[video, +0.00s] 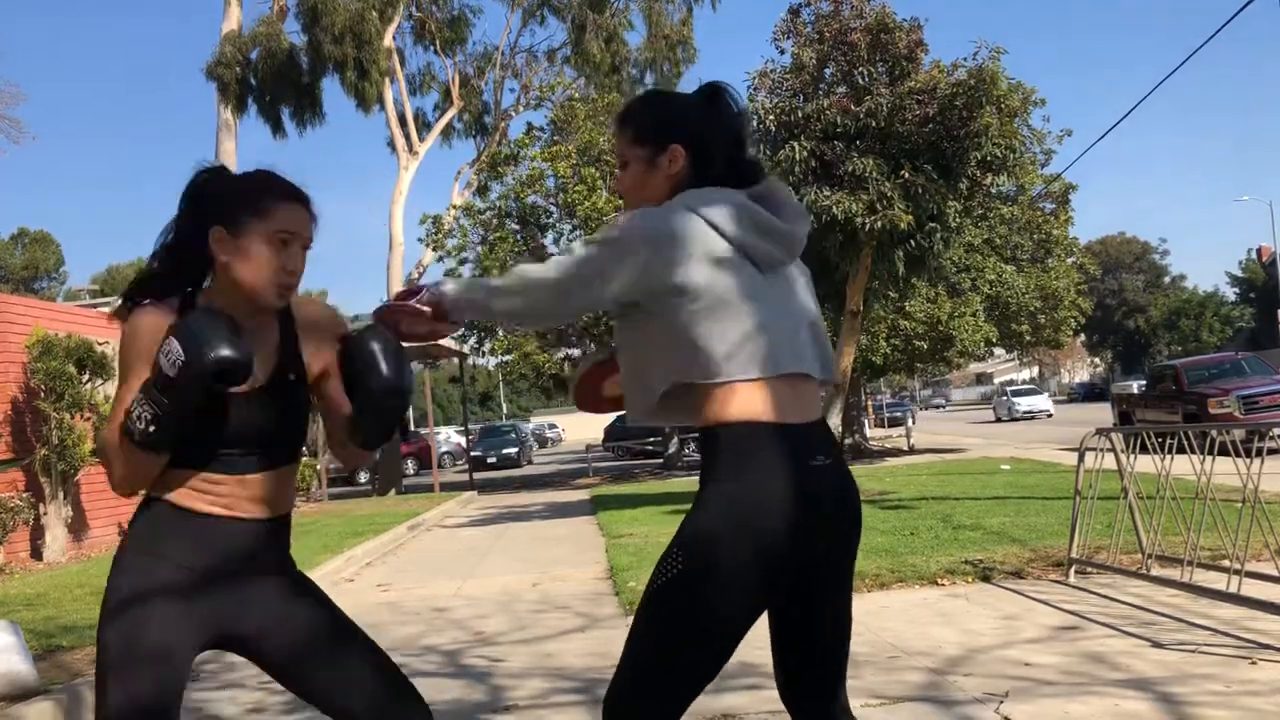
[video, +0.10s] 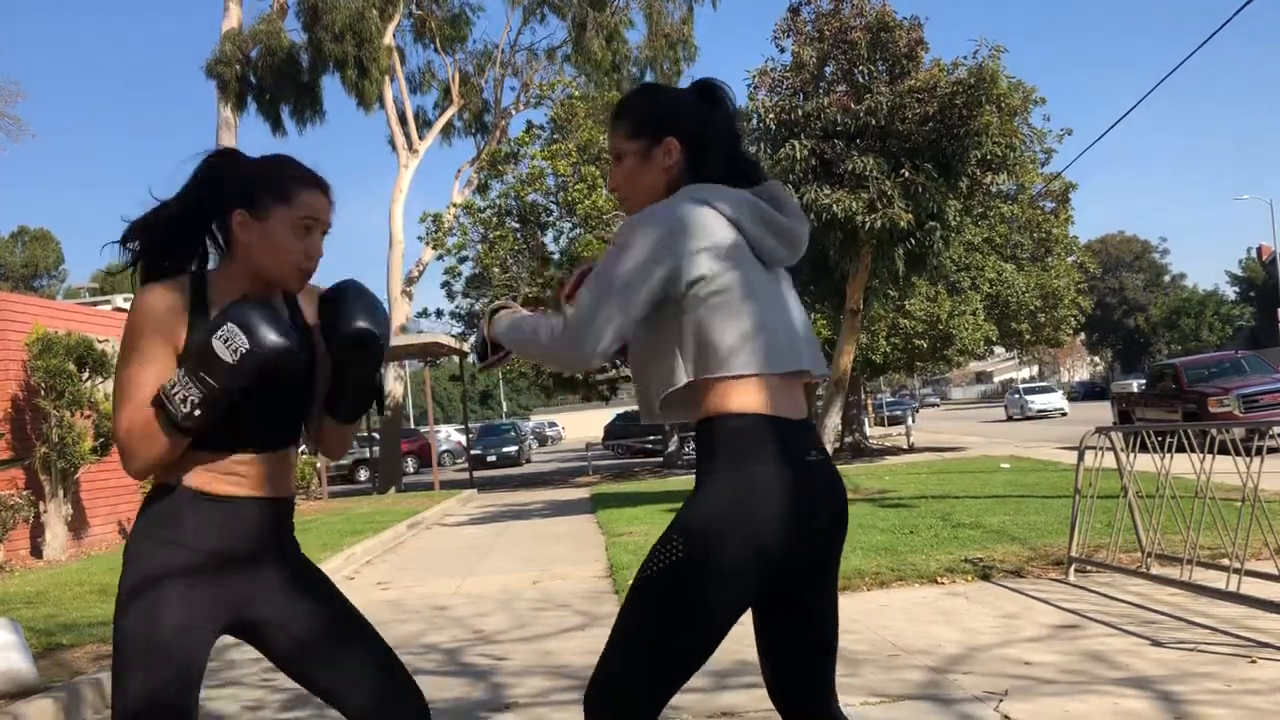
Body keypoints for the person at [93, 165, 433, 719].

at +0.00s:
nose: (298, 265)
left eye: (304, 248)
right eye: (282, 243)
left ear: (307, 251)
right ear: (222, 244)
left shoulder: (316, 327)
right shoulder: (157, 326)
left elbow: (351, 452)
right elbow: (126, 476)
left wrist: (379, 407)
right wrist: (173, 390)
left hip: (263, 570)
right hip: (163, 569)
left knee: (403, 710)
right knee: (130, 711)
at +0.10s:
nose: (318, 250)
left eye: (323, 235)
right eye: (306, 229)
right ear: (243, 226)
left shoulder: (312, 311)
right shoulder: (165, 304)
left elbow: (331, 445)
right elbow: (138, 455)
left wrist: (355, 369)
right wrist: (200, 385)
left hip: (272, 554)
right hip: (177, 555)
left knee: (401, 708)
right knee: (150, 712)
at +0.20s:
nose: (353, 241)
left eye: (356, 225)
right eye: (343, 222)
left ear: (290, 219)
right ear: (285, 215)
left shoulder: (282, 292)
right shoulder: (240, 282)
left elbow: (270, 420)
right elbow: (213, 429)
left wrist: (320, 399)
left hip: (267, 540)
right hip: (215, 546)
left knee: (393, 696)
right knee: (196, 712)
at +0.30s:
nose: (381, 261)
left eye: (384, 245)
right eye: (375, 243)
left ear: (317, 238)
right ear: (323, 235)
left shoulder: (252, 291)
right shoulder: (321, 293)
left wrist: (376, 403)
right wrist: (370, 396)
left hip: (225, 553)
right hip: (234, 559)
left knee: (392, 693)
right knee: (227, 711)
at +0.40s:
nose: (424, 306)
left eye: (421, 290)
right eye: (413, 288)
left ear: (361, 290)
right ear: (365, 290)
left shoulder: (285, 333)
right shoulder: (332, 334)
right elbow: (307, 489)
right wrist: (376, 440)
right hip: (216, 583)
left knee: (404, 692)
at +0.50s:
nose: (442, 348)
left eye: (442, 332)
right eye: (434, 331)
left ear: (385, 329)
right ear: (383, 326)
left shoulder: (326, 382)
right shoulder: (310, 367)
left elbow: (289, 505)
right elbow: (285, 515)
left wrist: (378, 450)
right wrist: (375, 448)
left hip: (231, 600)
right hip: (194, 606)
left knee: (414, 693)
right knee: (409, 696)